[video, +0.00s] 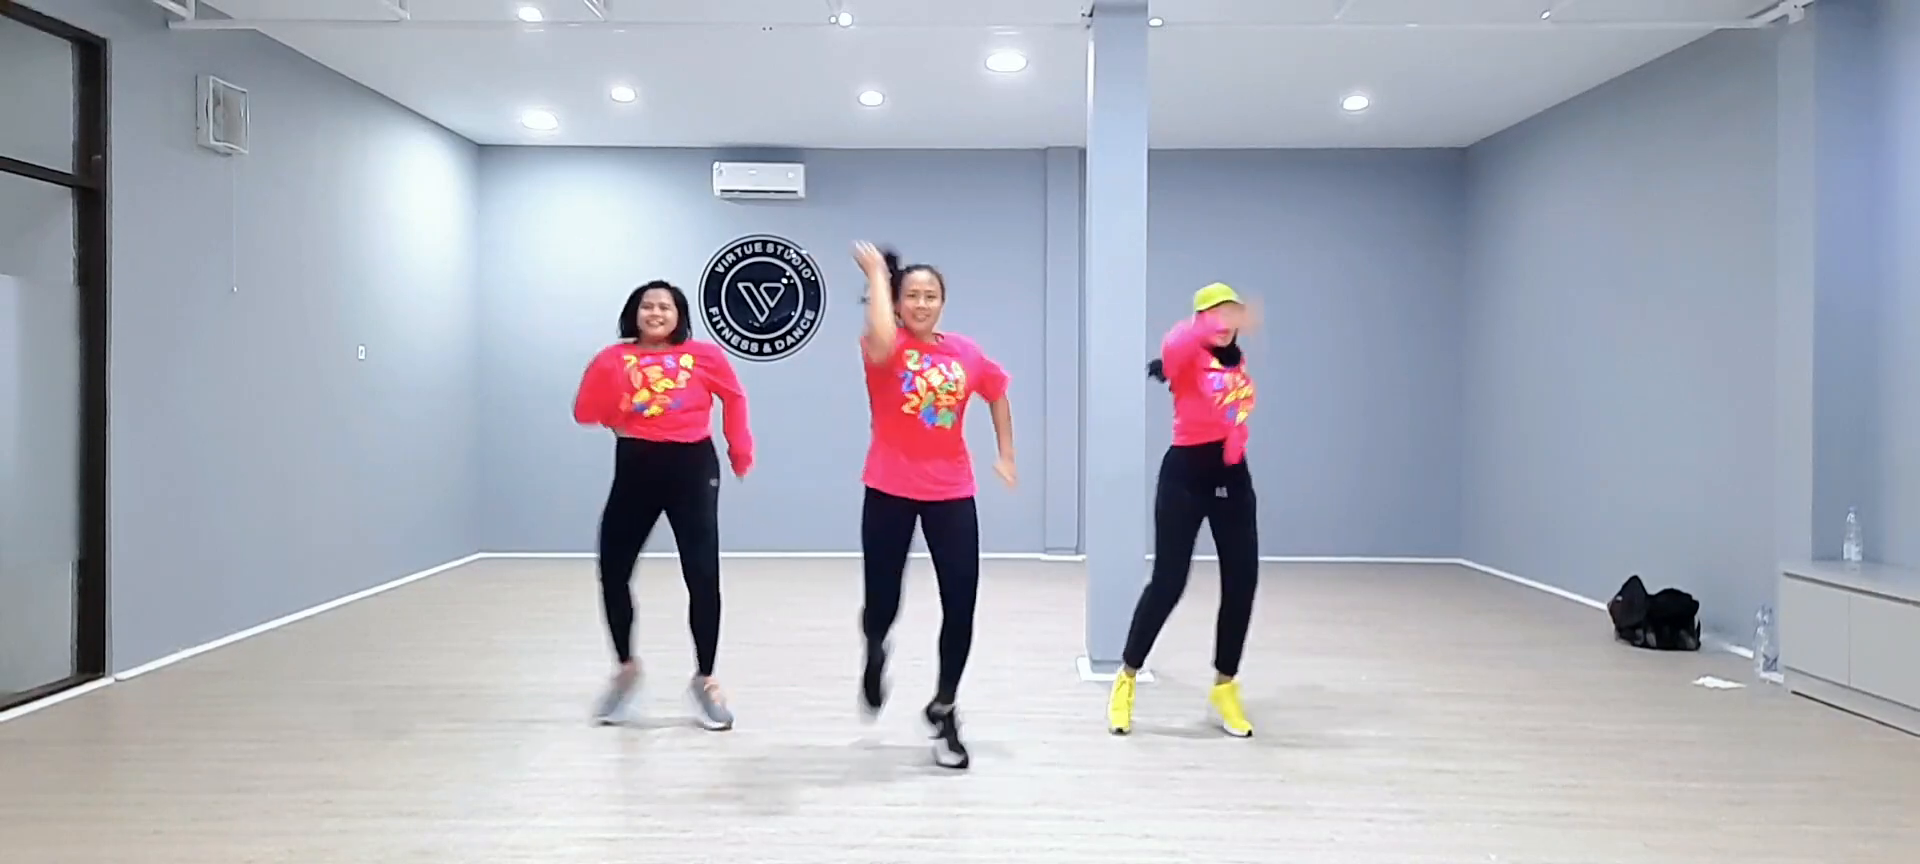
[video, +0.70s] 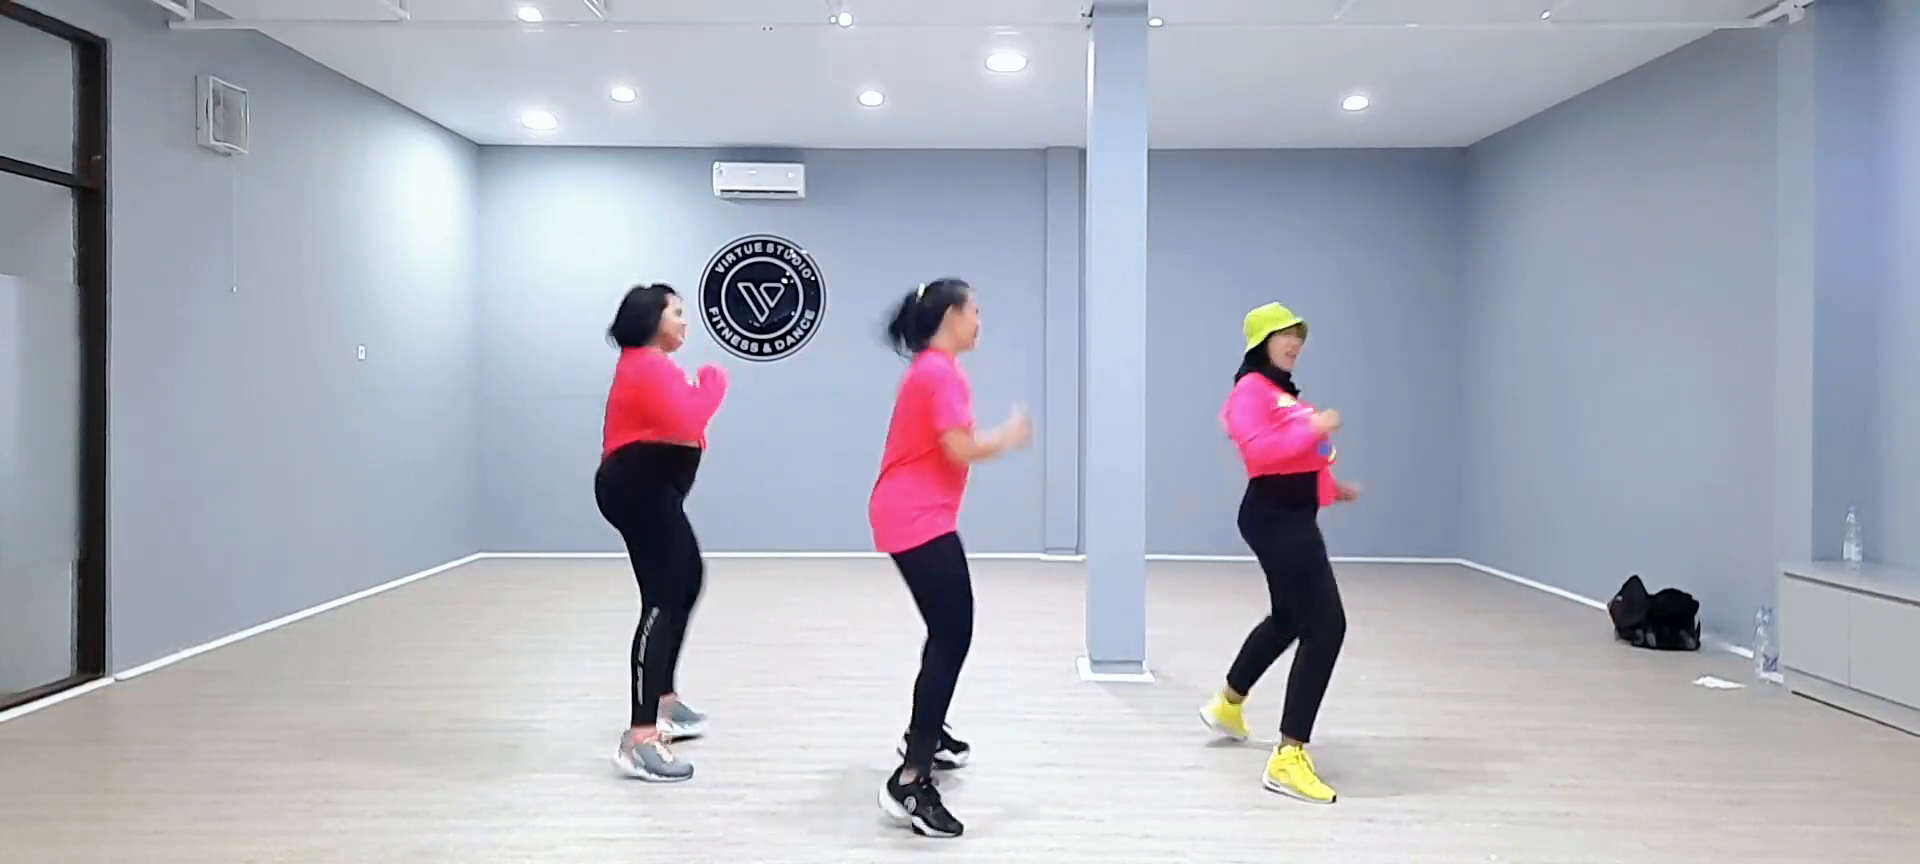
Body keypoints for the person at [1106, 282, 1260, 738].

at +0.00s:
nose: (1228, 321)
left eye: (1233, 312)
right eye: (1220, 313)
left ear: (1238, 320)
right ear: (1201, 318)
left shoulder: (1233, 360)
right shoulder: (1183, 357)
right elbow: (1182, 341)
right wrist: (1220, 321)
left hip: (1233, 475)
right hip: (1185, 474)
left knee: (1241, 583)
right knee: (1169, 581)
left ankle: (1224, 687)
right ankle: (1126, 680)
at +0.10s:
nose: (1240, 327)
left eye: (1247, 319)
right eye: (1231, 319)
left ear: (1254, 327)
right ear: (1215, 325)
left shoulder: (1253, 376)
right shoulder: (1198, 364)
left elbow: (1248, 433)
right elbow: (1181, 414)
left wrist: (1268, 466)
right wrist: (1233, 414)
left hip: (1243, 490)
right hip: (1197, 487)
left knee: (1236, 597)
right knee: (1187, 591)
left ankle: (1219, 695)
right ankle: (1146, 692)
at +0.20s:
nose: (1251, 341)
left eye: (1258, 334)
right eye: (1243, 334)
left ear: (1266, 341)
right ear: (1227, 340)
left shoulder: (1270, 394)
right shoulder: (1207, 385)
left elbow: (1271, 457)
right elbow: (1188, 447)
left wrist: (1299, 463)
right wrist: (1228, 473)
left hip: (1255, 507)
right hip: (1207, 503)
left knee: (1245, 603)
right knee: (1209, 597)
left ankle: (1221, 696)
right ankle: (1186, 705)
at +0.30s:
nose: (1255, 337)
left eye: (1262, 330)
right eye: (1246, 330)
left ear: (1273, 337)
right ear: (1232, 336)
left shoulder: (1285, 389)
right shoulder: (1210, 381)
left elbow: (1318, 440)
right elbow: (1168, 432)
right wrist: (1190, 467)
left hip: (1266, 497)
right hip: (1220, 494)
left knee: (1255, 597)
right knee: (1232, 593)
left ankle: (1223, 691)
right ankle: (1229, 699)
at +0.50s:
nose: (1260, 348)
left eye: (1268, 340)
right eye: (1251, 340)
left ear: (1281, 346)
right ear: (1238, 347)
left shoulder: (1302, 384)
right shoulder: (1224, 392)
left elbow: (1370, 389)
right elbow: (1171, 434)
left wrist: (1336, 410)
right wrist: (1187, 450)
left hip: (1291, 505)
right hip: (1246, 505)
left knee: (1283, 610)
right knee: (1285, 613)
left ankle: (1237, 679)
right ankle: (1283, 754)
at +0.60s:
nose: (1274, 353)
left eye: (1281, 346)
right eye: (1264, 345)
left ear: (1289, 353)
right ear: (1246, 351)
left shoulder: (1306, 403)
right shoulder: (1230, 408)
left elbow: (1349, 440)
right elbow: (1212, 472)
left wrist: (1362, 457)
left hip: (1298, 526)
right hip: (1259, 523)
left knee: (1289, 626)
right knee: (1319, 627)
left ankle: (1228, 686)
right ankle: (1288, 757)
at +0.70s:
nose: (1297, 343)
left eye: (1299, 336)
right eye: (1288, 335)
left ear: (1296, 344)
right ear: (1263, 341)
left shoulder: (1286, 393)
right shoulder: (1251, 390)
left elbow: (1295, 459)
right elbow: (1256, 452)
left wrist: (1331, 487)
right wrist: (1314, 429)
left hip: (1288, 513)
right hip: (1276, 514)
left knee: (1289, 617)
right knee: (1327, 626)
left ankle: (1227, 702)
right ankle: (1289, 756)